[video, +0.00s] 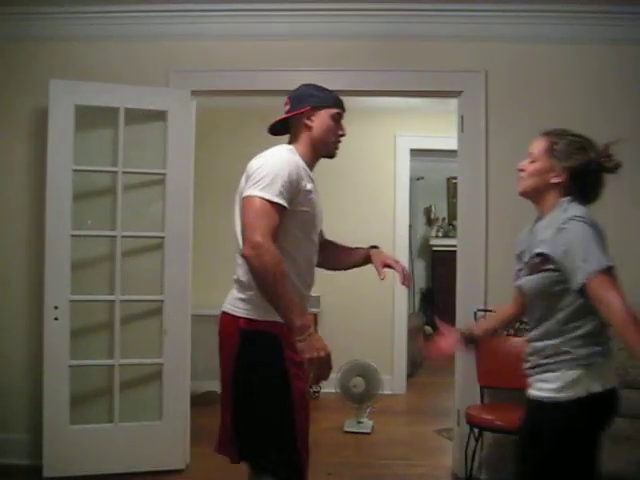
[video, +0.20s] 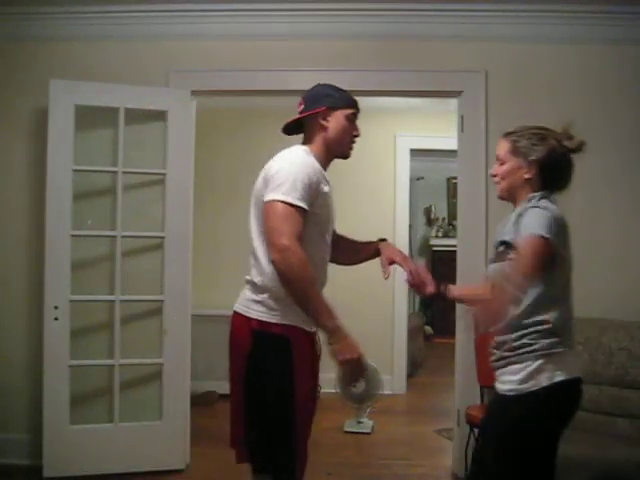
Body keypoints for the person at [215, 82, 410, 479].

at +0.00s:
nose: (343, 130)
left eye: (342, 121)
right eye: (336, 118)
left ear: (309, 122)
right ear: (307, 119)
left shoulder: (300, 175)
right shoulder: (278, 164)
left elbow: (318, 251)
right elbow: (257, 245)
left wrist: (370, 254)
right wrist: (304, 329)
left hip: (280, 333)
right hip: (260, 333)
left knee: (284, 461)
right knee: (275, 464)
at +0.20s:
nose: (358, 130)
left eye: (357, 121)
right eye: (351, 119)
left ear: (325, 123)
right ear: (323, 120)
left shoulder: (312, 174)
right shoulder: (295, 166)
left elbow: (330, 247)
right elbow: (283, 248)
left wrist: (380, 247)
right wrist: (336, 333)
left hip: (292, 334)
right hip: (272, 334)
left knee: (285, 460)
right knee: (275, 463)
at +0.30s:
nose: (363, 133)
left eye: (362, 122)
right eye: (357, 121)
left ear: (327, 123)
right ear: (330, 121)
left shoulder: (315, 173)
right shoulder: (303, 167)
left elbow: (331, 243)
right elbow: (304, 254)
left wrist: (380, 241)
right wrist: (366, 334)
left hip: (290, 331)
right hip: (277, 334)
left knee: (283, 460)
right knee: (275, 463)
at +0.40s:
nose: (366, 138)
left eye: (367, 127)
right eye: (363, 125)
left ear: (327, 122)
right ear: (341, 121)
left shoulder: (314, 169)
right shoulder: (309, 168)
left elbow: (328, 241)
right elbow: (329, 257)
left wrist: (384, 241)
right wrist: (397, 326)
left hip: (292, 332)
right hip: (281, 336)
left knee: (300, 459)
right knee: (284, 464)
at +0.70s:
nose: (376, 138)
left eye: (377, 127)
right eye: (373, 126)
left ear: (335, 124)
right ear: (350, 123)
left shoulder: (309, 168)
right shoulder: (324, 173)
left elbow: (337, 249)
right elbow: (381, 251)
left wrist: (390, 241)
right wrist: (466, 292)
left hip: (291, 331)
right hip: (295, 336)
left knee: (295, 456)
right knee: (293, 460)